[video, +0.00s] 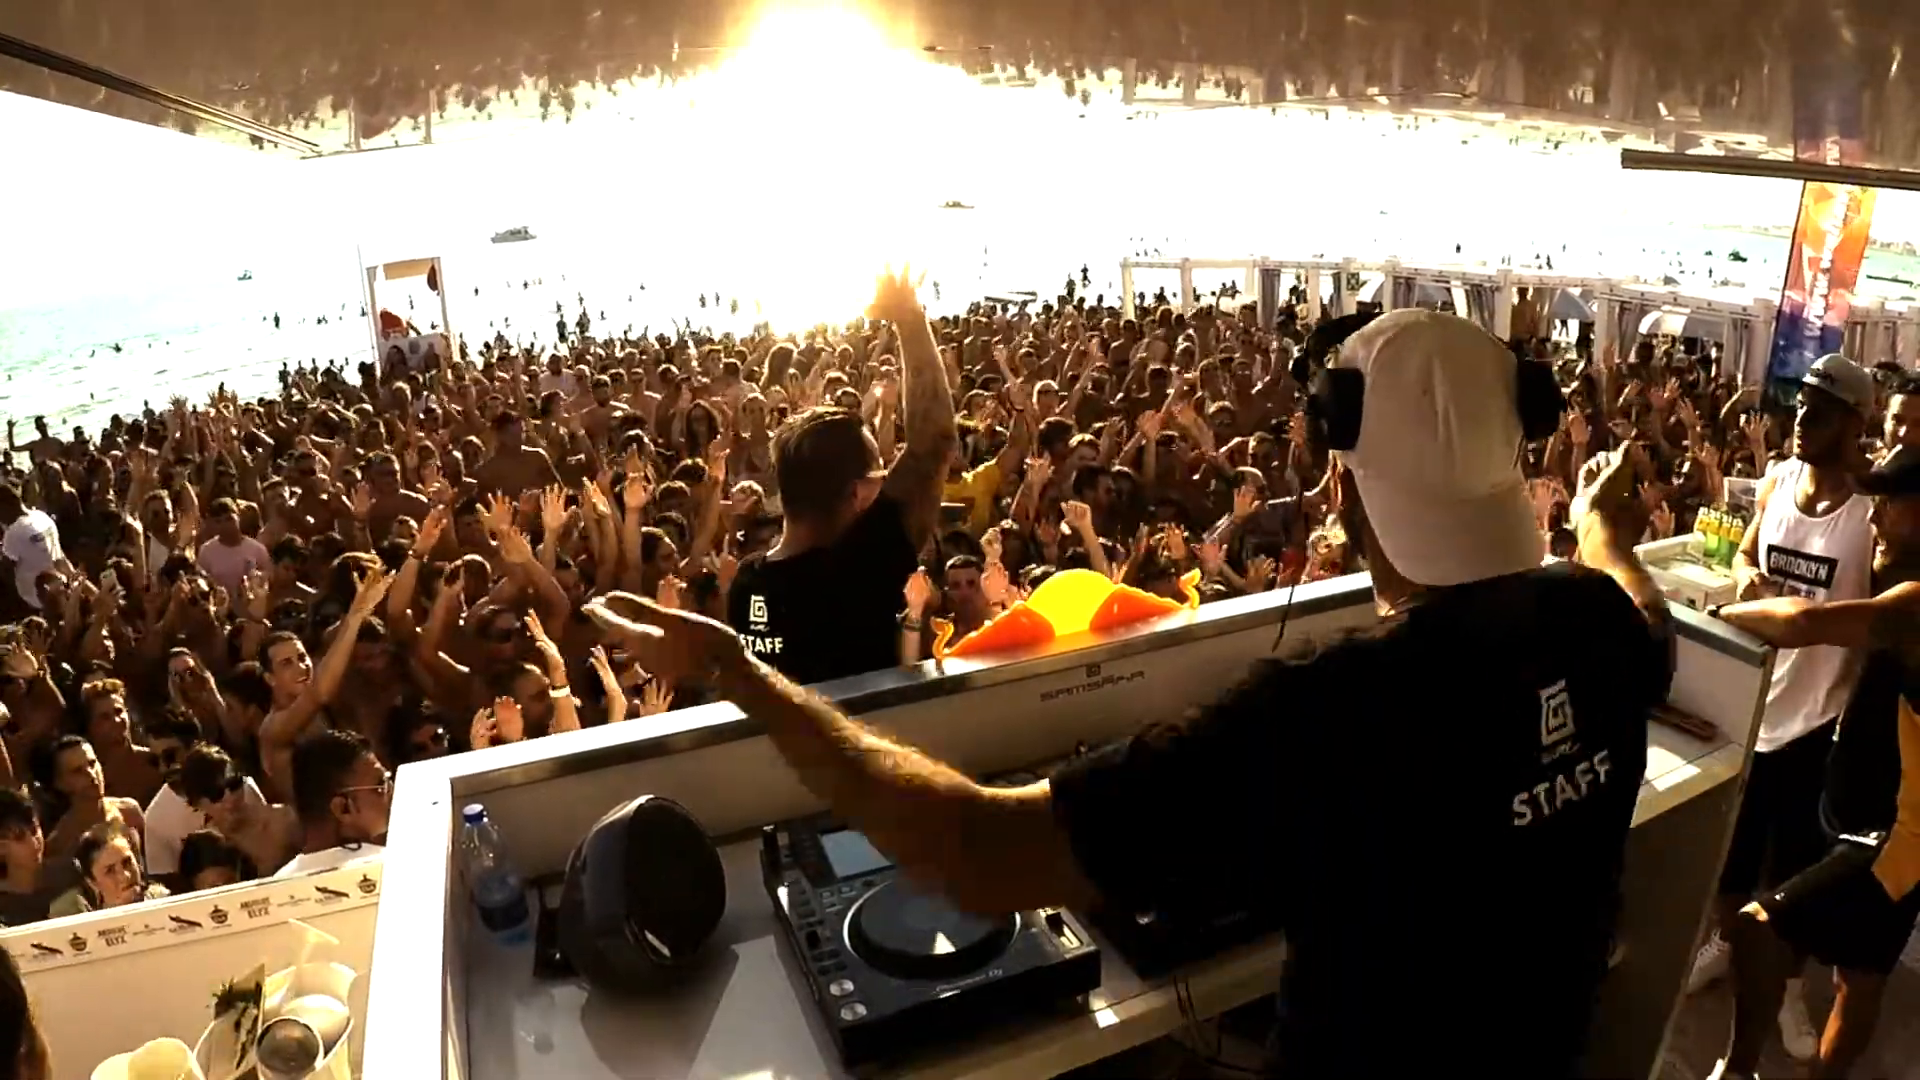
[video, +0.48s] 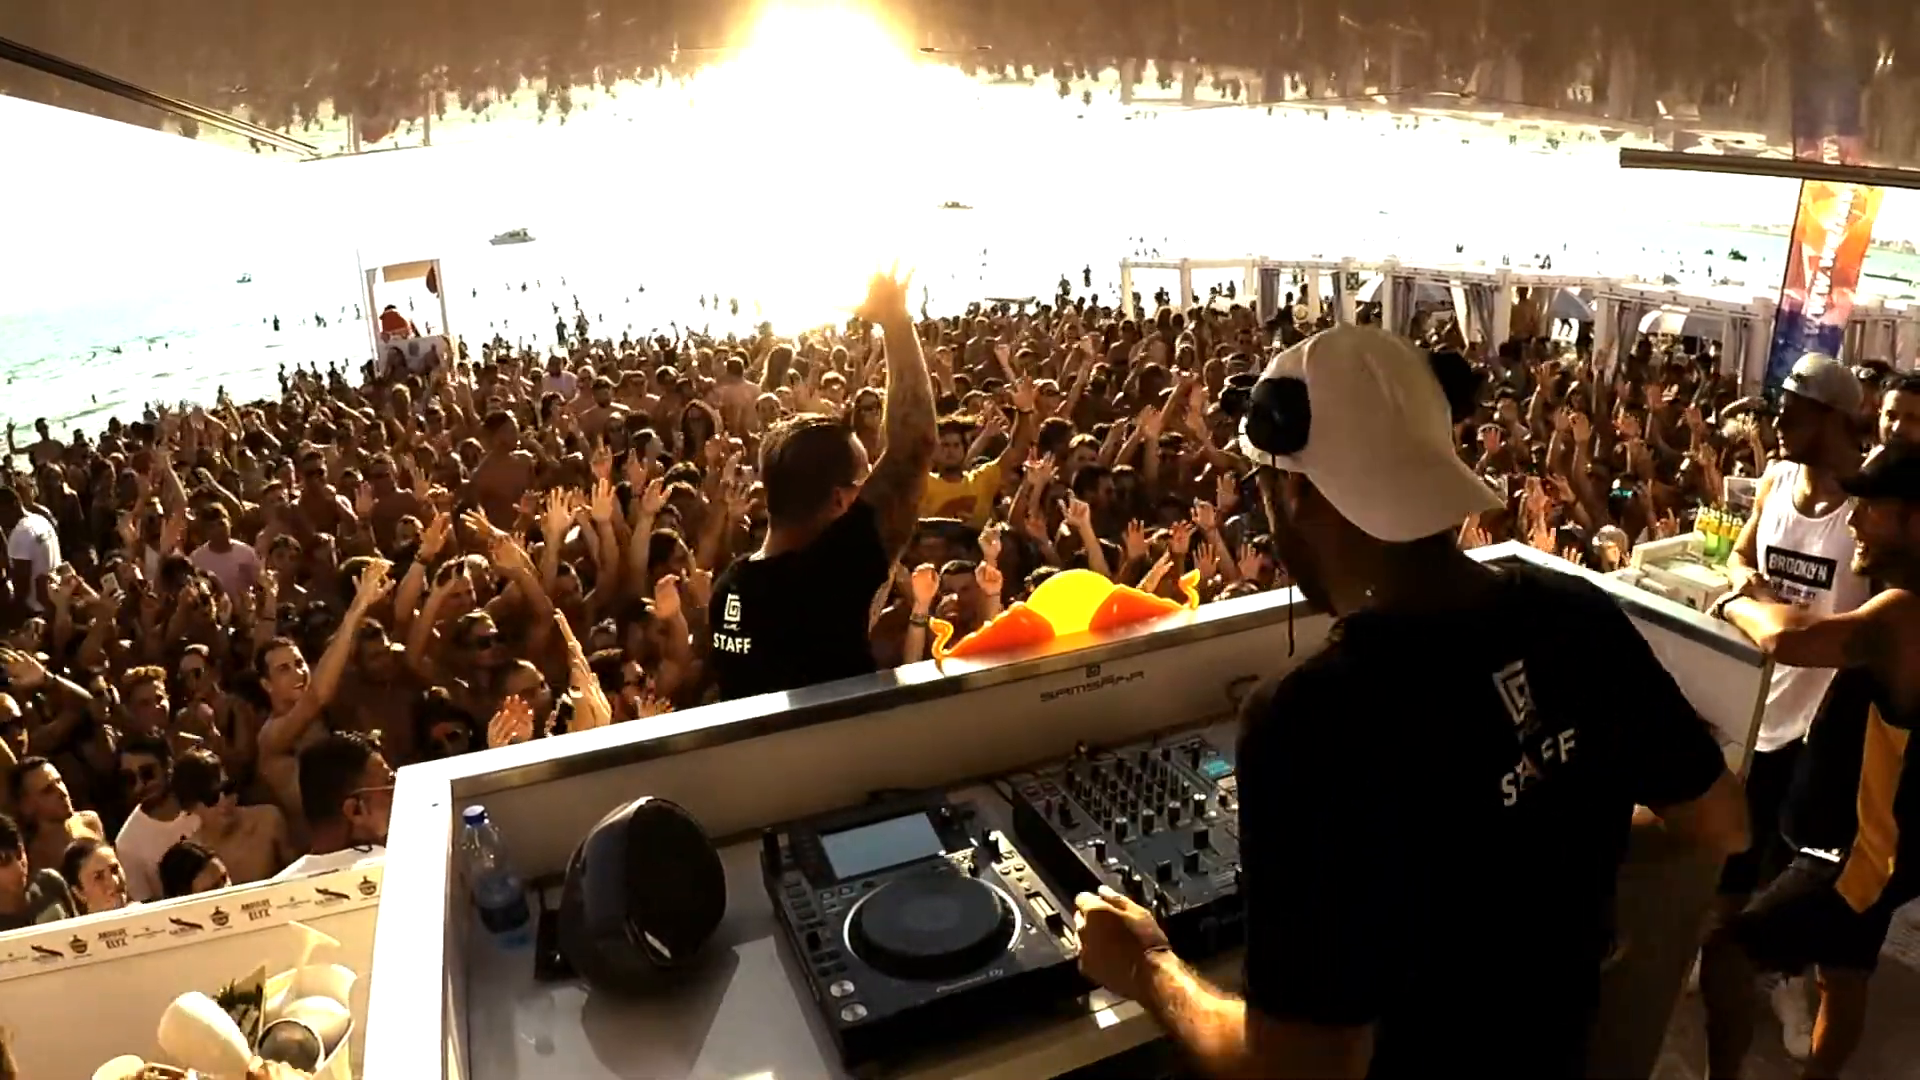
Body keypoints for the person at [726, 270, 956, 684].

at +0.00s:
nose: (884, 484)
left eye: (880, 473)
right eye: (877, 474)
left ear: (787, 488)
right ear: (856, 494)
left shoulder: (746, 586)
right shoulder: (865, 565)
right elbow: (932, 443)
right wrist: (910, 317)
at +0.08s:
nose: (881, 487)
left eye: (878, 476)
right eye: (873, 477)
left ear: (797, 482)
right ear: (853, 493)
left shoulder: (750, 579)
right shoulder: (872, 553)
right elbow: (929, 439)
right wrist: (908, 313)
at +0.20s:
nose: (875, 489)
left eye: (875, 477)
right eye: (872, 478)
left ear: (782, 490)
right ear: (855, 494)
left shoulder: (740, 586)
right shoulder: (853, 561)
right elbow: (924, 438)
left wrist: (906, 625)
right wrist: (904, 309)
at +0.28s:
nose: (879, 486)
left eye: (878, 475)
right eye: (874, 475)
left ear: (780, 486)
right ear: (853, 491)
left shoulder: (739, 583)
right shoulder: (850, 562)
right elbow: (923, 439)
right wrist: (904, 319)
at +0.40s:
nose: (876, 489)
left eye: (873, 476)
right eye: (869, 477)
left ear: (778, 486)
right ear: (846, 494)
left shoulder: (733, 585)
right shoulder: (842, 565)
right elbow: (923, 442)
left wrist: (907, 613)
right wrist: (898, 308)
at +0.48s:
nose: (868, 495)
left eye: (867, 484)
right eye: (863, 484)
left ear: (771, 491)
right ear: (840, 500)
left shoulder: (729, 587)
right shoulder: (837, 571)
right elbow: (913, 447)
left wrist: (910, 614)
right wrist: (897, 320)